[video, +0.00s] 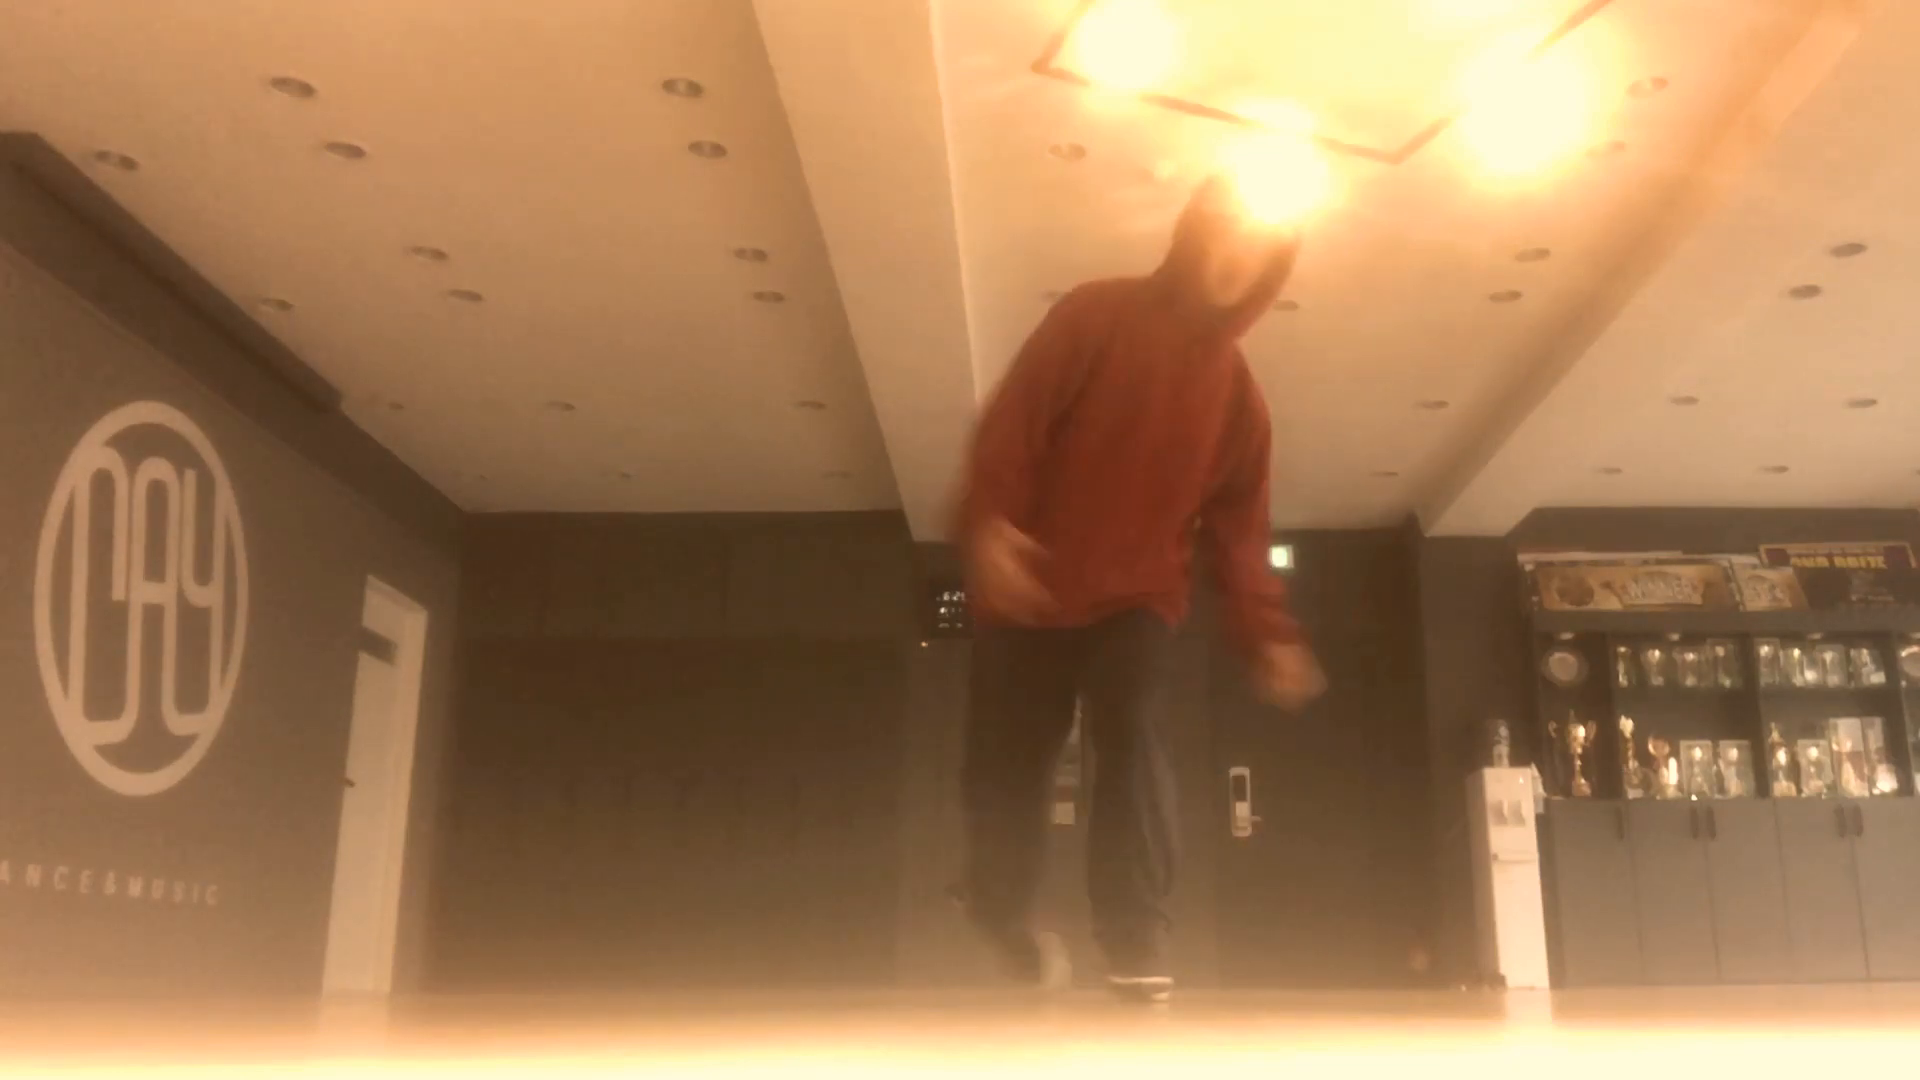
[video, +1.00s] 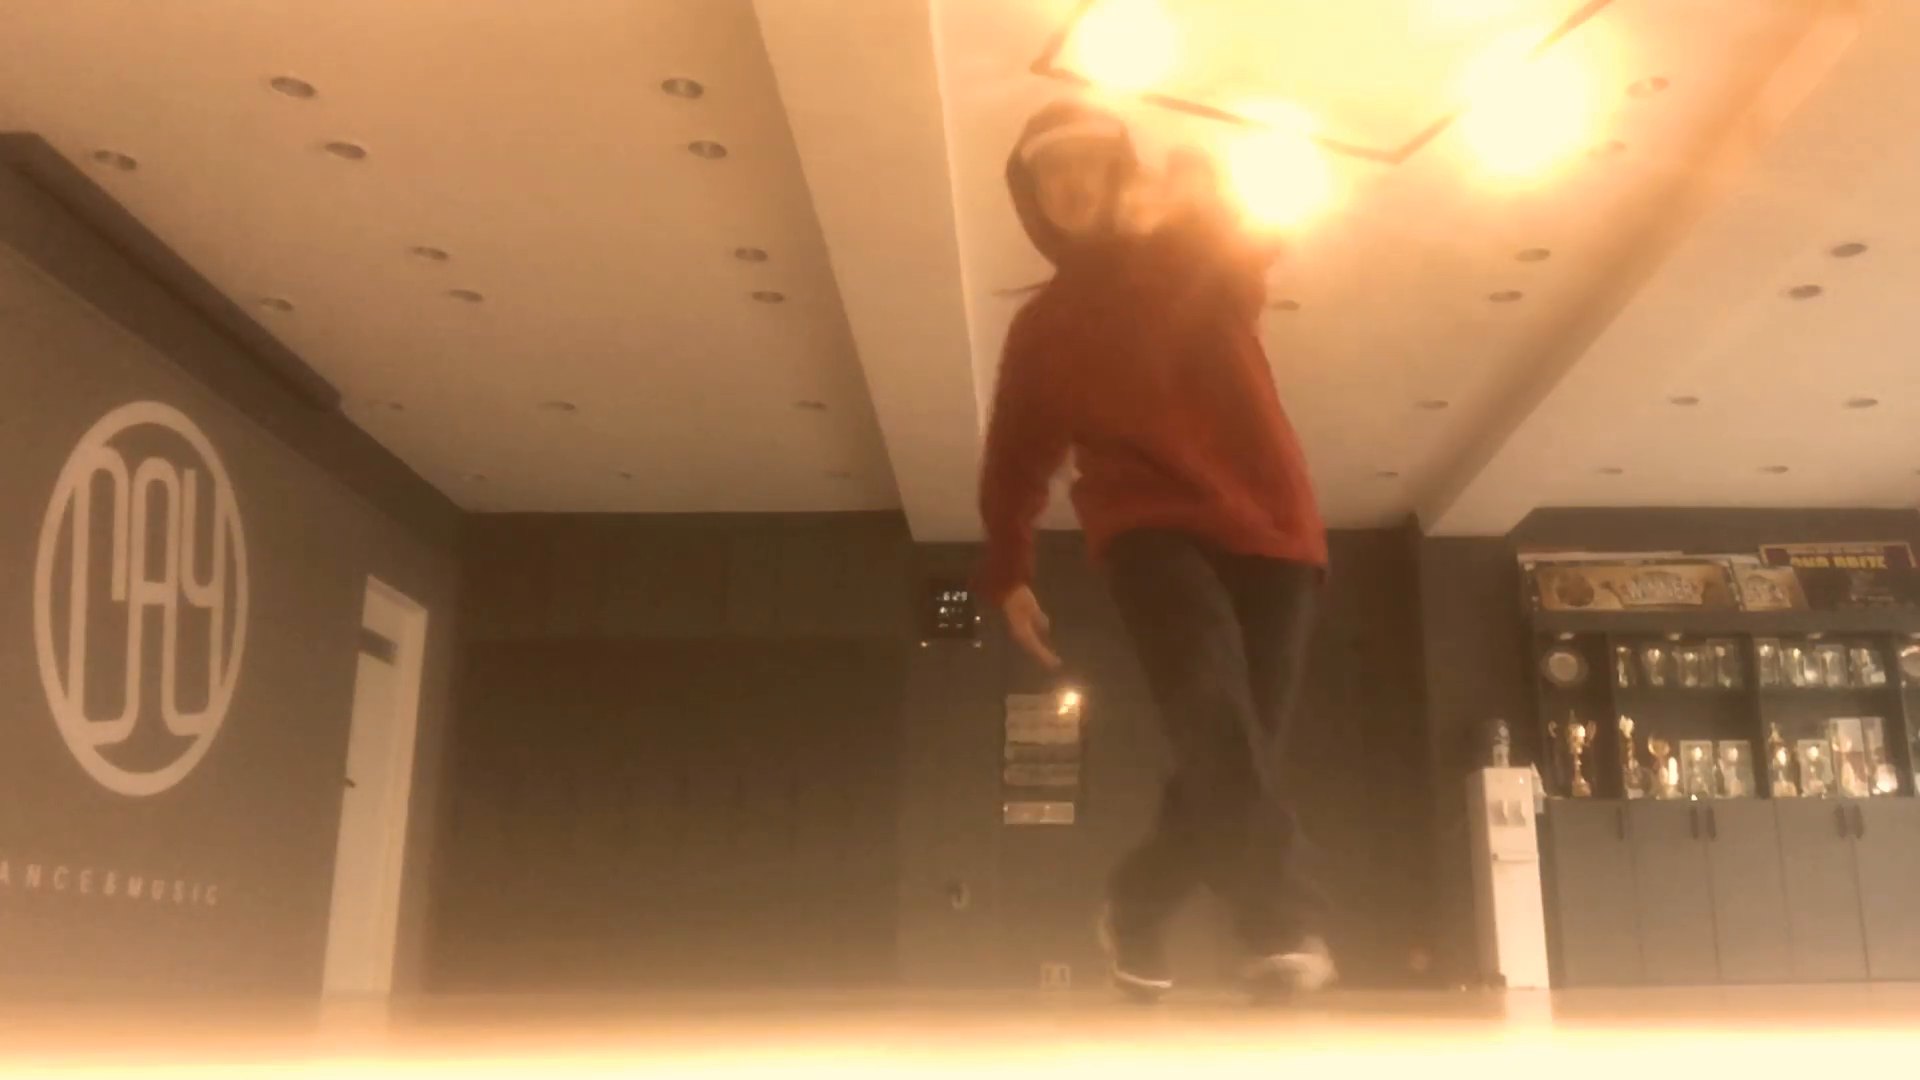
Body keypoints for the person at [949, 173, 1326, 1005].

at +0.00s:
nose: (1236, 269)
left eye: (1257, 257)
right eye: (1228, 243)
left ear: (1269, 278)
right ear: (1191, 238)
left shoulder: (1235, 392)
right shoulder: (1095, 315)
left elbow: (1239, 530)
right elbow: (1017, 414)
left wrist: (1270, 632)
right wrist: (989, 519)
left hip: (1139, 589)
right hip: (1034, 574)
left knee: (1134, 745)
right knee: (1013, 753)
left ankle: (1135, 939)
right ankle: (1003, 917)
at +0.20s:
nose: (1216, 243)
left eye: (1235, 230)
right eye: (1202, 221)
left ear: (1251, 261)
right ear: (1163, 230)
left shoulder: (1239, 386)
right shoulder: (1102, 296)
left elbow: (1318, 498)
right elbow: (997, 329)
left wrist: (1418, 551)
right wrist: (900, 320)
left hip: (1159, 600)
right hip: (1037, 568)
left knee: (1170, 768)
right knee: (942, 741)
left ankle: (1135, 940)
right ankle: (852, 906)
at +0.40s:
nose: (1206, 236)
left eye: (1225, 224)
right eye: (1193, 215)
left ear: (1240, 254)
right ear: (1152, 225)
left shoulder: (1234, 380)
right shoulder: (1097, 294)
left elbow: (1318, 487)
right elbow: (995, 319)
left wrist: (1420, 533)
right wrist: (913, 309)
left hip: (1175, 591)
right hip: (1057, 557)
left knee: (1177, 763)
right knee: (988, 729)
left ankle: (1126, 927)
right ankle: (847, 883)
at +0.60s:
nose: (1189, 234)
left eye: (1206, 216)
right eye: (1169, 214)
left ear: (1224, 234)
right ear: (1132, 223)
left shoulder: (1232, 359)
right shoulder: (1078, 320)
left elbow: (1265, 490)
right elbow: (1020, 444)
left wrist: (1283, 603)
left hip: (1186, 598)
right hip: (1089, 573)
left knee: (1156, 774)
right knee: (1116, 686)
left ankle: (1112, 945)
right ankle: (975, 871)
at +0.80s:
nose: (1119, 186)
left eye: (1135, 164)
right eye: (1095, 170)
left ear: (1164, 176)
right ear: (1065, 190)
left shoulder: (1225, 291)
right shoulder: (1042, 309)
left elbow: (1274, 405)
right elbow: (986, 437)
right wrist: (1001, 556)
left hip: (1217, 545)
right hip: (1102, 532)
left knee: (1198, 751)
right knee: (1162, 675)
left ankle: (1118, 930)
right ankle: (1161, 935)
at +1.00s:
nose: (1070, 193)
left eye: (1087, 169)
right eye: (1049, 179)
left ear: (1125, 172)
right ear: (1030, 201)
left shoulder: (1199, 257)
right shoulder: (1045, 323)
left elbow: (1241, 228)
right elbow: (1015, 458)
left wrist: (1184, 156)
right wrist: (1008, 574)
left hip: (1269, 511)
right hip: (1147, 519)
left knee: (1245, 734)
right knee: (1213, 713)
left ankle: (1141, 904)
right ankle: (1287, 930)